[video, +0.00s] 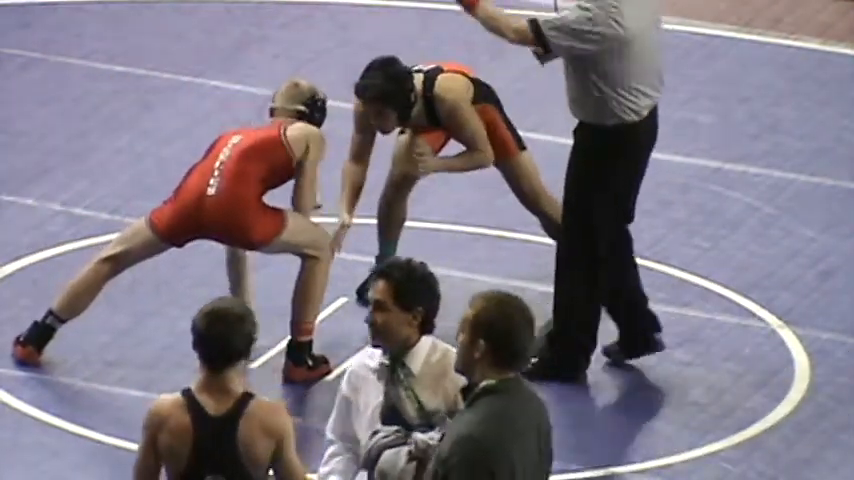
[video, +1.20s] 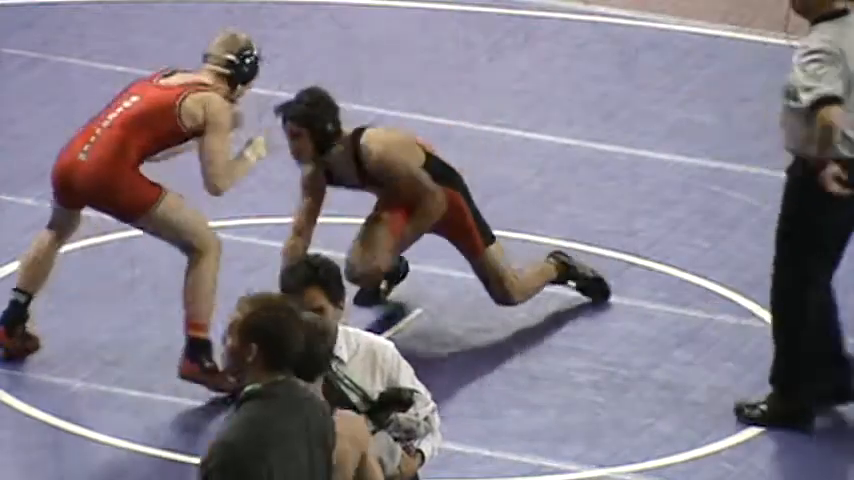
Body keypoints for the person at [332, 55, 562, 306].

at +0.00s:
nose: (371, 121)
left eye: (378, 114)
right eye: (368, 113)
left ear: (401, 105)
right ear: (362, 104)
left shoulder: (449, 97)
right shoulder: (367, 106)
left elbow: (484, 157)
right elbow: (357, 160)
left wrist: (436, 164)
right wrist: (346, 213)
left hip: (474, 107)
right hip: (424, 116)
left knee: (535, 198)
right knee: (396, 185)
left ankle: (594, 258)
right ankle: (383, 268)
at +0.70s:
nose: (369, 108)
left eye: (376, 101)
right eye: (365, 101)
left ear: (399, 94)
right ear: (361, 96)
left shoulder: (440, 98)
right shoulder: (365, 113)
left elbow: (483, 157)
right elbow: (357, 162)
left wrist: (432, 164)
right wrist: (340, 206)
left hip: (472, 138)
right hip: (426, 144)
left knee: (538, 229)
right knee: (388, 203)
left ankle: (581, 270)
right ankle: (384, 272)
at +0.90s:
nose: (370, 100)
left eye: (377, 95)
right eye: (369, 93)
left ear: (401, 95)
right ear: (371, 89)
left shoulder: (435, 109)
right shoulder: (371, 104)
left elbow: (395, 178)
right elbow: (339, 149)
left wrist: (338, 162)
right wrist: (315, 148)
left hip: (485, 153)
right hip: (441, 150)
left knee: (531, 248)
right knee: (390, 197)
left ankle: (590, 258)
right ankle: (390, 273)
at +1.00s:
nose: (346, 96)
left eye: (354, 90)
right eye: (345, 87)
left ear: (379, 90)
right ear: (352, 86)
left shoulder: (414, 119)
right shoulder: (358, 98)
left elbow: (395, 204)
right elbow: (320, 140)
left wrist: (335, 212)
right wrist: (304, 175)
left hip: (473, 159)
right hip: (426, 157)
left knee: (530, 259)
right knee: (377, 206)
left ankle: (593, 257)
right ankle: (395, 271)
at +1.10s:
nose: (322, 108)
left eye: (328, 101)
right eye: (320, 100)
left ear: (354, 99)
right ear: (324, 97)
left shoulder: (397, 133)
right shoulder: (335, 117)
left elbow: (411, 213)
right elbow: (315, 176)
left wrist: (358, 255)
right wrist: (297, 233)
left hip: (457, 179)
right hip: (411, 175)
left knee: (522, 273)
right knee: (363, 230)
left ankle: (581, 256)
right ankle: (395, 268)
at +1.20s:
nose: (291, 146)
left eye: (297, 137)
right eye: (288, 137)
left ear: (323, 133)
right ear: (302, 138)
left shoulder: (378, 154)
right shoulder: (316, 170)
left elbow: (434, 203)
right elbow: (301, 233)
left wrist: (391, 250)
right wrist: (289, 285)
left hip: (442, 190)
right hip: (397, 197)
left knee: (507, 292)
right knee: (358, 271)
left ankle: (561, 267)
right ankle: (392, 278)